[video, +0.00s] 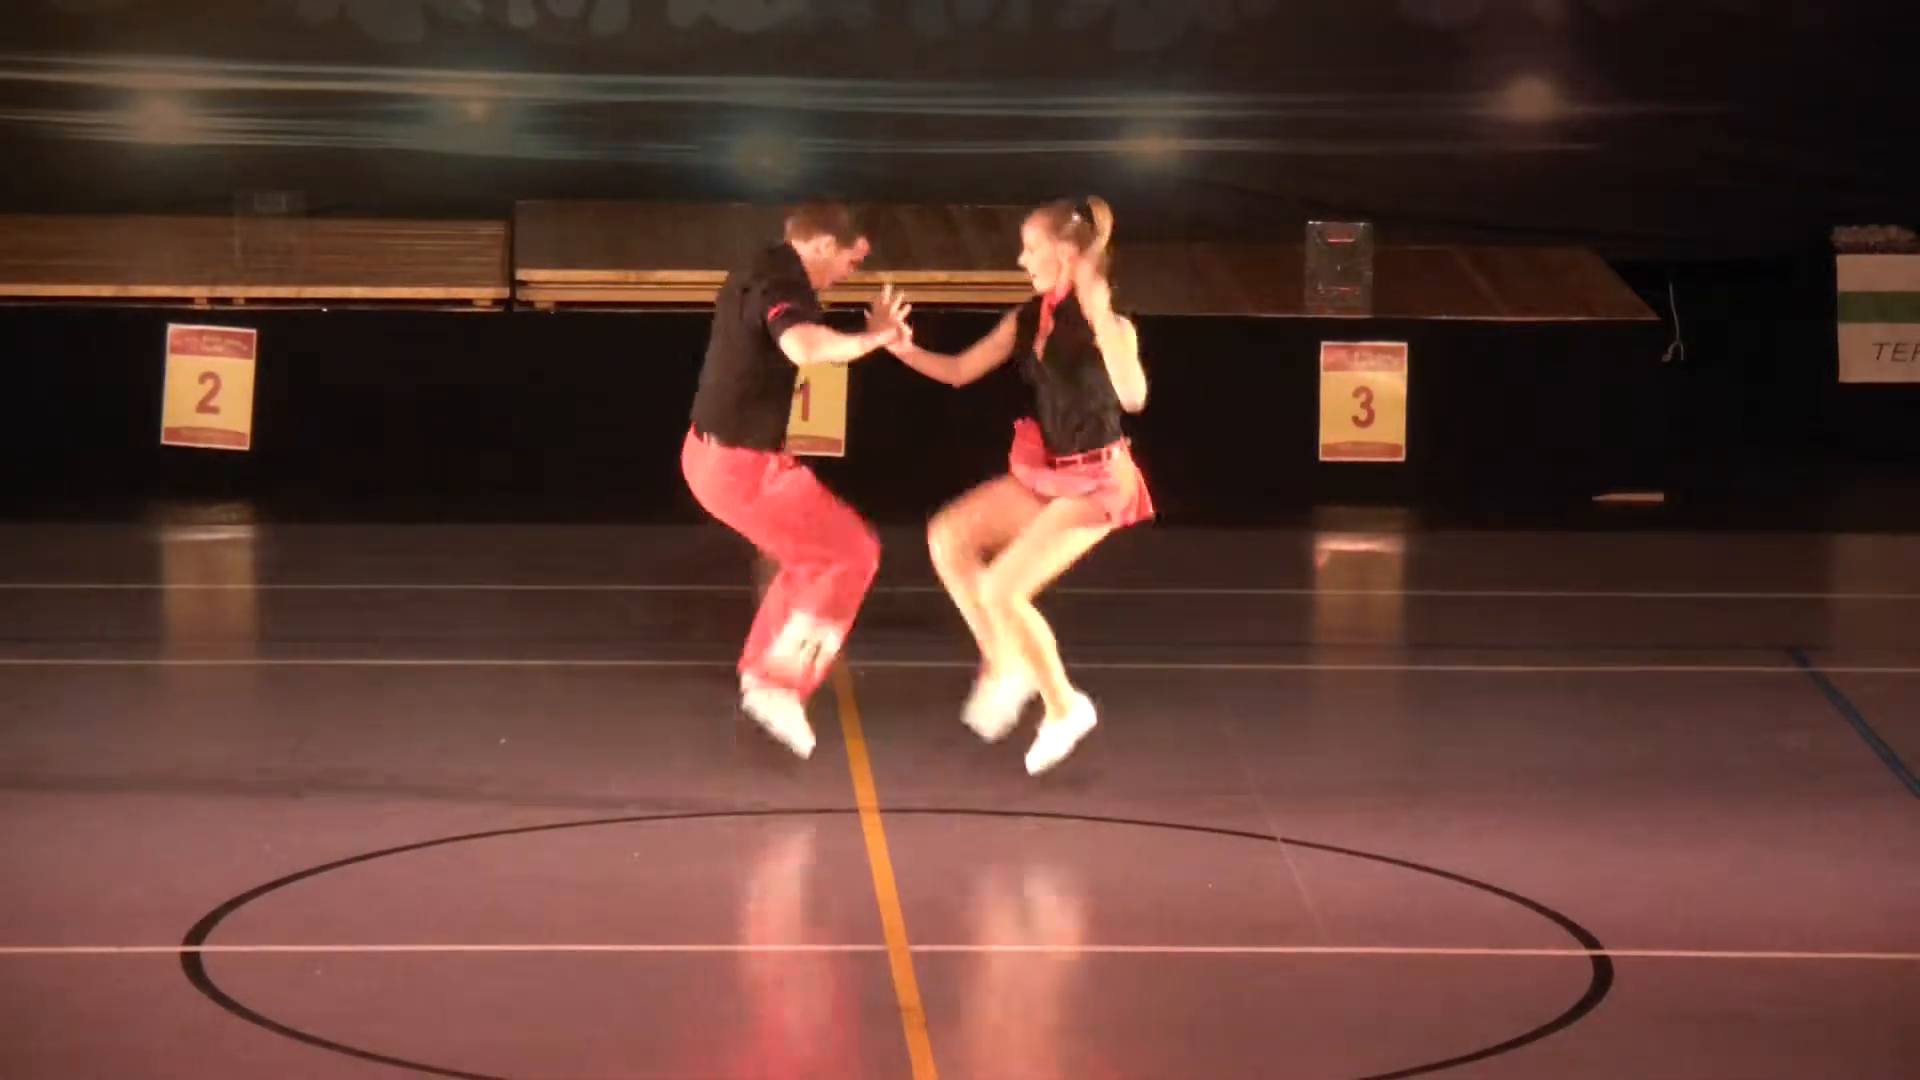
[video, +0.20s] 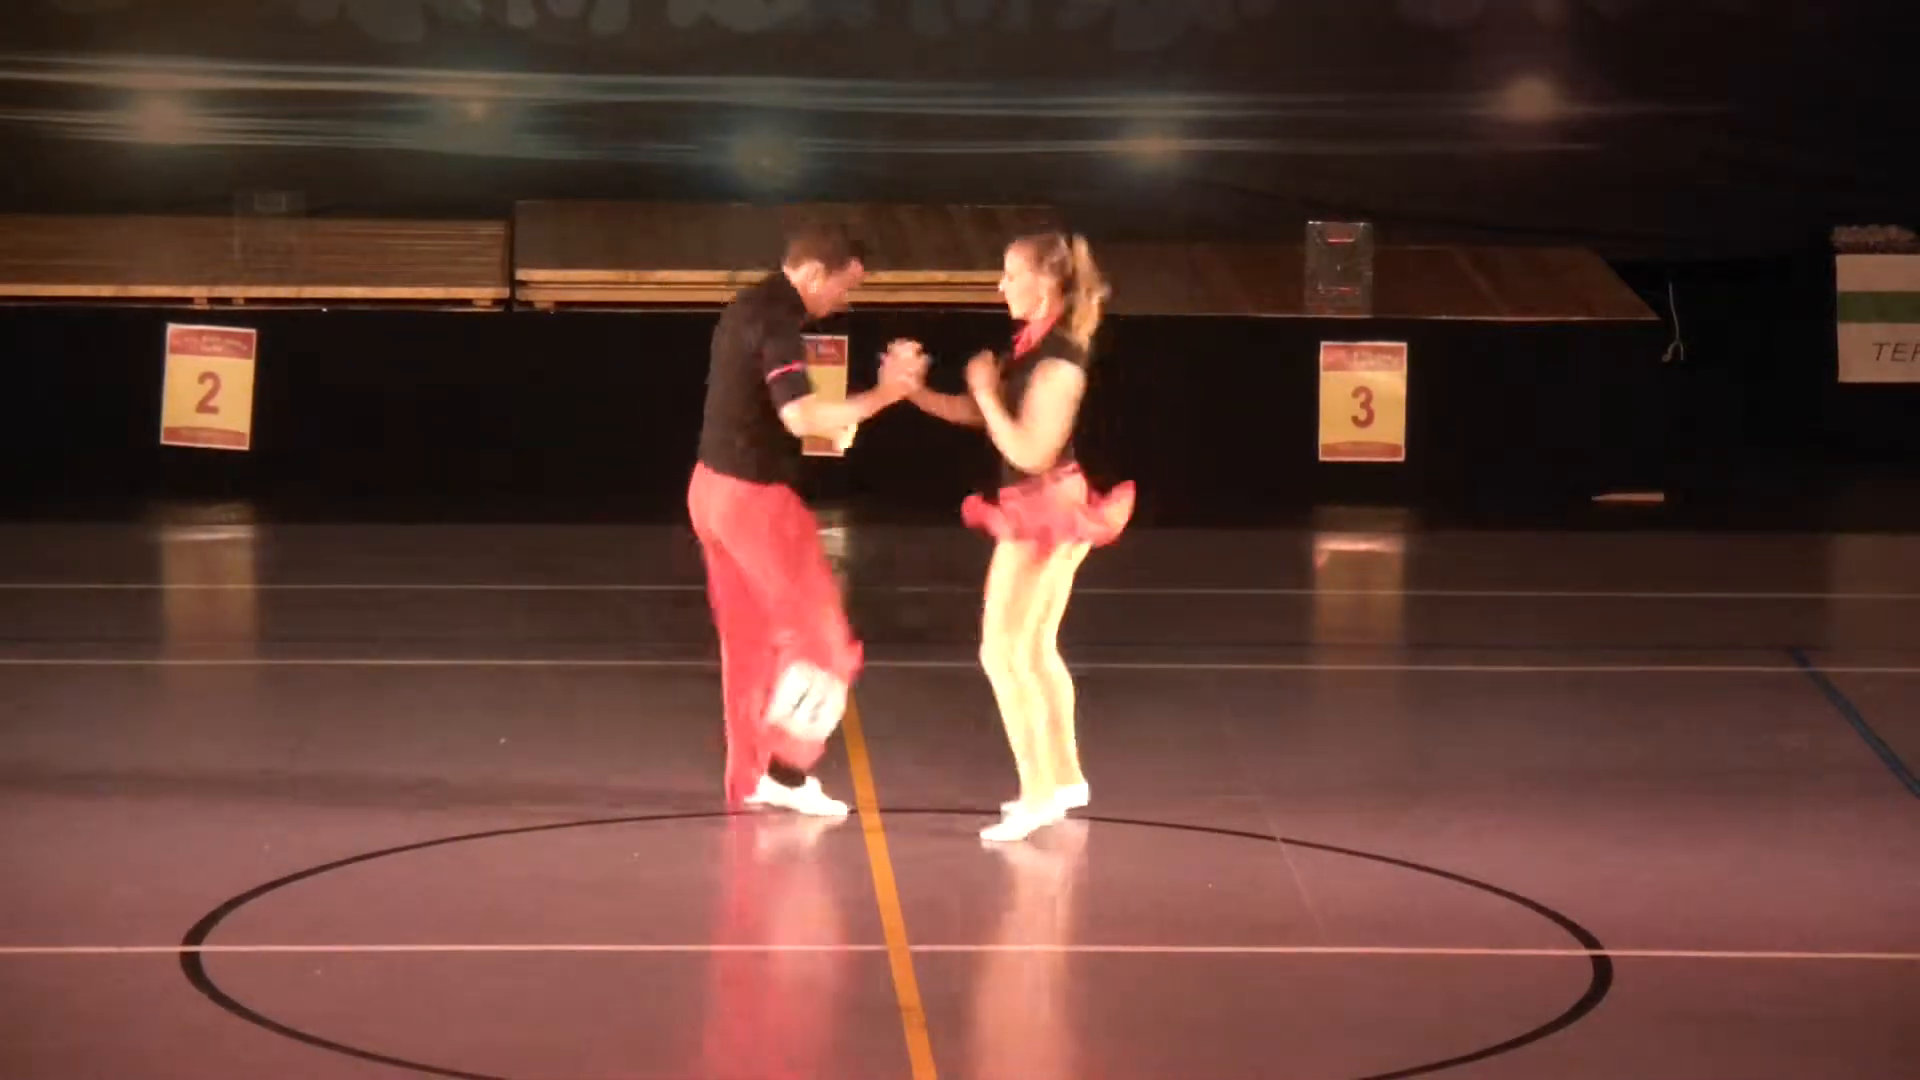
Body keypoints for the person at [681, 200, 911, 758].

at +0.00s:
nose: (845, 277)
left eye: (850, 266)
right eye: (846, 263)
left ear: (804, 241)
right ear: (822, 246)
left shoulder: (757, 268)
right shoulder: (780, 275)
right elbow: (803, 344)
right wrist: (873, 339)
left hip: (710, 454)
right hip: (738, 462)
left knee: (812, 557)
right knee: (854, 551)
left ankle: (762, 674)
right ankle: (779, 684)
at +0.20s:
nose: (845, 299)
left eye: (850, 287)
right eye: (844, 285)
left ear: (803, 269)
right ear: (812, 270)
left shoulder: (749, 304)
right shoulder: (776, 313)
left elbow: (768, 410)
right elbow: (801, 414)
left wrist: (822, 430)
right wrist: (889, 389)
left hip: (716, 487)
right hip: (752, 493)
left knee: (746, 639)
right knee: (824, 637)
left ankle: (749, 780)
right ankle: (784, 767)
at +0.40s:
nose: (797, 238)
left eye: (796, 225)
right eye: (789, 226)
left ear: (747, 235)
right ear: (750, 234)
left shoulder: (718, 284)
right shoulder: (745, 298)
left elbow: (774, 353)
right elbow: (820, 377)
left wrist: (810, 333)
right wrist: (854, 384)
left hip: (713, 469)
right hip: (721, 476)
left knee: (790, 561)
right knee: (731, 608)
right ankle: (689, 770)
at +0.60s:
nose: (778, 226)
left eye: (776, 214)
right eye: (768, 215)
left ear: (734, 224)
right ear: (731, 222)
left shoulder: (727, 279)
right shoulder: (716, 277)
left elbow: (784, 353)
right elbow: (787, 338)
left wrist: (856, 358)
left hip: (687, 461)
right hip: (671, 462)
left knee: (762, 554)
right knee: (682, 602)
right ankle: (655, 762)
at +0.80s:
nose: (710, 241)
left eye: (714, 230)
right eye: (696, 232)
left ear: (721, 236)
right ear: (663, 240)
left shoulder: (713, 311)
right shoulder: (653, 296)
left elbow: (778, 362)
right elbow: (649, 340)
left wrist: (859, 367)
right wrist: (707, 332)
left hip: (702, 484)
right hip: (667, 481)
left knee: (710, 614)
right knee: (728, 605)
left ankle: (706, 772)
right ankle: (631, 697)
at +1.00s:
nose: (664, 238)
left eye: (675, 227)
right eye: (652, 227)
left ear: (693, 234)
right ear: (633, 235)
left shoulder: (707, 303)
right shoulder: (621, 296)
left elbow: (772, 342)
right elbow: (581, 304)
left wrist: (843, 318)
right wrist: (543, 297)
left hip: (686, 470)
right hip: (660, 470)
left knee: (684, 619)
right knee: (803, 471)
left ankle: (663, 768)